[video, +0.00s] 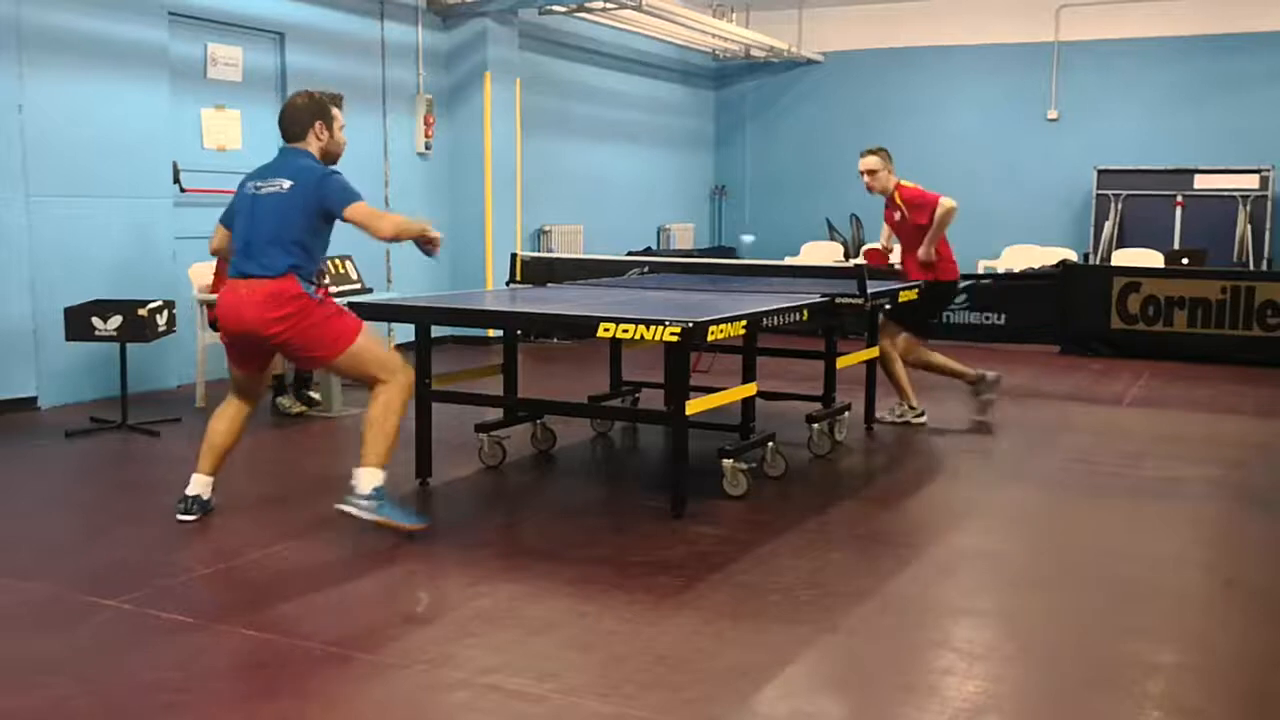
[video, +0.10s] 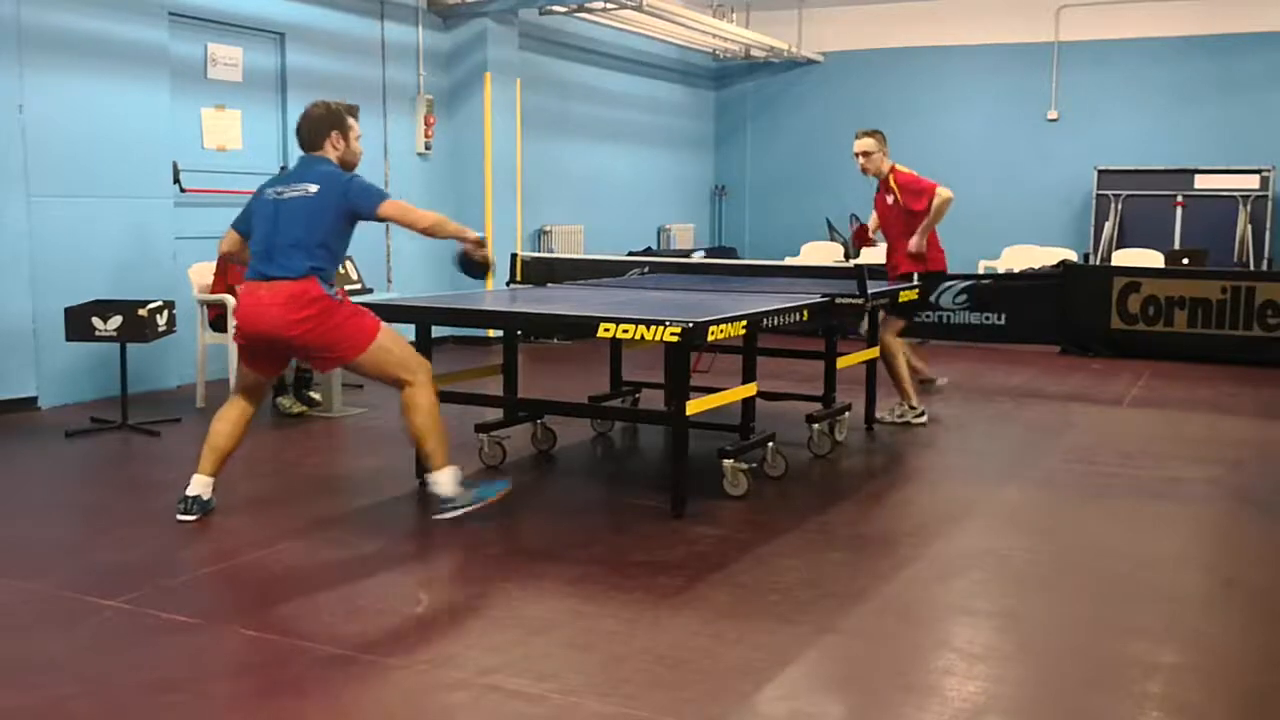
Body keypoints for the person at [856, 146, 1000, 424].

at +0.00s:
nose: (866, 180)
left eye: (872, 173)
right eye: (862, 175)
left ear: (889, 171)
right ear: (862, 177)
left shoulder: (907, 193)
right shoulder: (891, 200)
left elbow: (947, 206)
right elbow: (890, 221)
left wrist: (929, 244)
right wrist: (885, 243)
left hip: (936, 280)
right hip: (921, 280)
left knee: (884, 339)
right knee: (907, 352)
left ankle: (910, 406)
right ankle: (978, 378)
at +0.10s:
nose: (861, 162)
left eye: (866, 155)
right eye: (857, 156)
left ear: (883, 154)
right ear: (857, 159)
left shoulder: (901, 178)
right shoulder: (882, 189)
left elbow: (944, 195)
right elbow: (878, 220)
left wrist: (921, 234)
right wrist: (866, 234)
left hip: (920, 271)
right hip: (901, 272)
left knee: (887, 335)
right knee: (887, 334)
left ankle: (911, 405)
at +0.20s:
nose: (856, 148)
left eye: (862, 141)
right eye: (852, 143)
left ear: (878, 141)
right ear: (853, 146)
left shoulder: (898, 168)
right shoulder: (870, 174)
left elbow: (941, 192)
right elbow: (870, 208)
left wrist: (916, 230)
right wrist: (852, 232)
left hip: (914, 263)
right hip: (889, 264)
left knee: (893, 327)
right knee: (858, 323)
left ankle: (914, 403)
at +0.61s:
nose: (852, 152)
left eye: (858, 145)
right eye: (849, 146)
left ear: (875, 142)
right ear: (848, 147)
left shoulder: (903, 171)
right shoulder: (854, 179)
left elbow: (943, 199)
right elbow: (851, 217)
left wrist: (911, 225)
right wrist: (839, 239)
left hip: (905, 272)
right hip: (866, 274)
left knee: (930, 332)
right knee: (846, 331)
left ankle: (946, 395)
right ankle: (853, 387)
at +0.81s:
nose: (838, 175)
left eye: (843, 167)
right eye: (835, 169)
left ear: (861, 160)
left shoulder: (900, 177)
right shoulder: (849, 196)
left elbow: (944, 195)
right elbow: (850, 241)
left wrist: (931, 231)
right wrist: (817, 242)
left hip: (914, 276)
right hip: (871, 279)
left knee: (943, 337)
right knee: (831, 325)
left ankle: (950, 397)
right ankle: (820, 385)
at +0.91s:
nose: (817, 183)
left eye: (820, 175)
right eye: (813, 177)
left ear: (838, 169)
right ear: (830, 173)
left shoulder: (881, 177)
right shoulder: (833, 200)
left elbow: (926, 185)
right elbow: (835, 242)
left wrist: (925, 226)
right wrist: (799, 238)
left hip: (907, 273)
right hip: (866, 279)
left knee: (936, 332)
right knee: (824, 324)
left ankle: (950, 397)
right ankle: (801, 388)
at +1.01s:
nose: (796, 189)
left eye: (799, 181)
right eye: (792, 184)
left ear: (818, 175)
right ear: (796, 184)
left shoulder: (855, 182)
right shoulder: (810, 210)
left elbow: (900, 185)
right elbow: (797, 241)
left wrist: (905, 226)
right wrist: (767, 238)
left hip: (892, 275)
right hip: (850, 282)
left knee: (926, 333)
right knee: (814, 338)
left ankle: (949, 397)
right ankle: (789, 399)